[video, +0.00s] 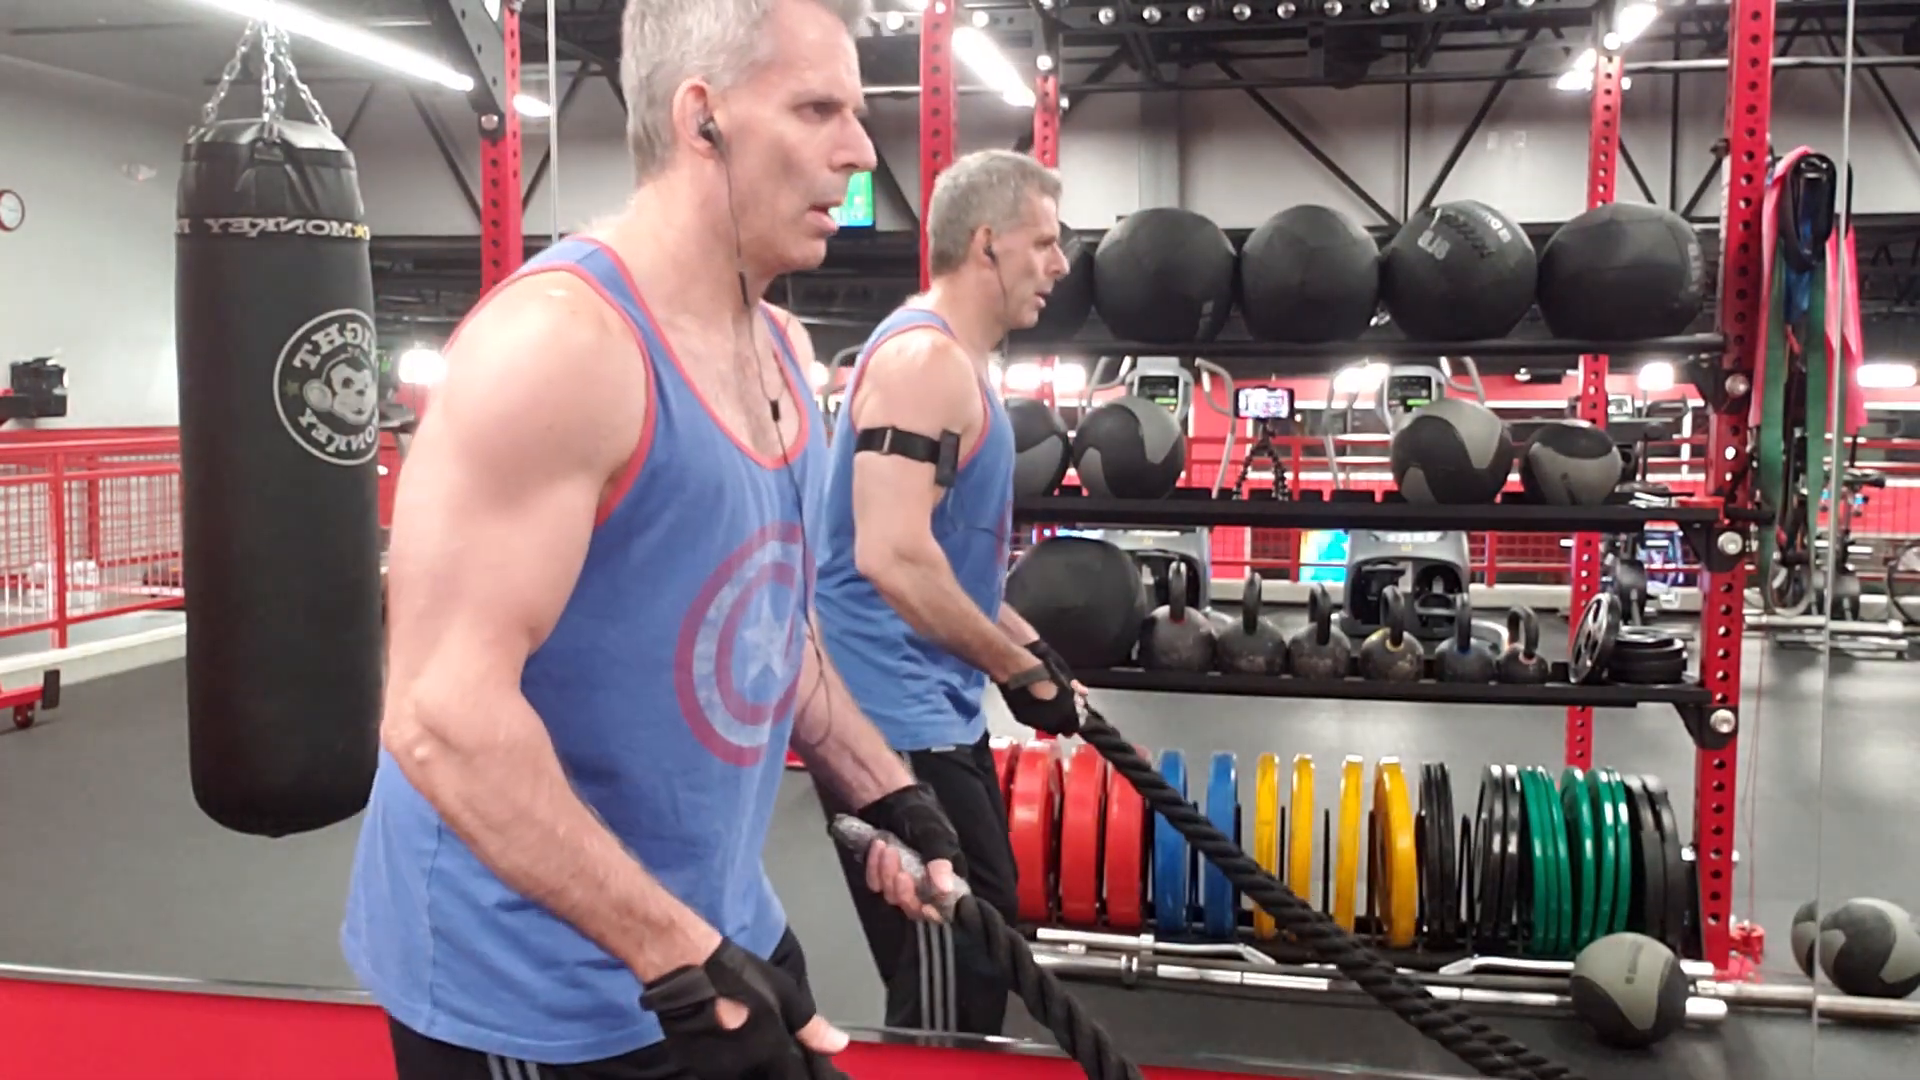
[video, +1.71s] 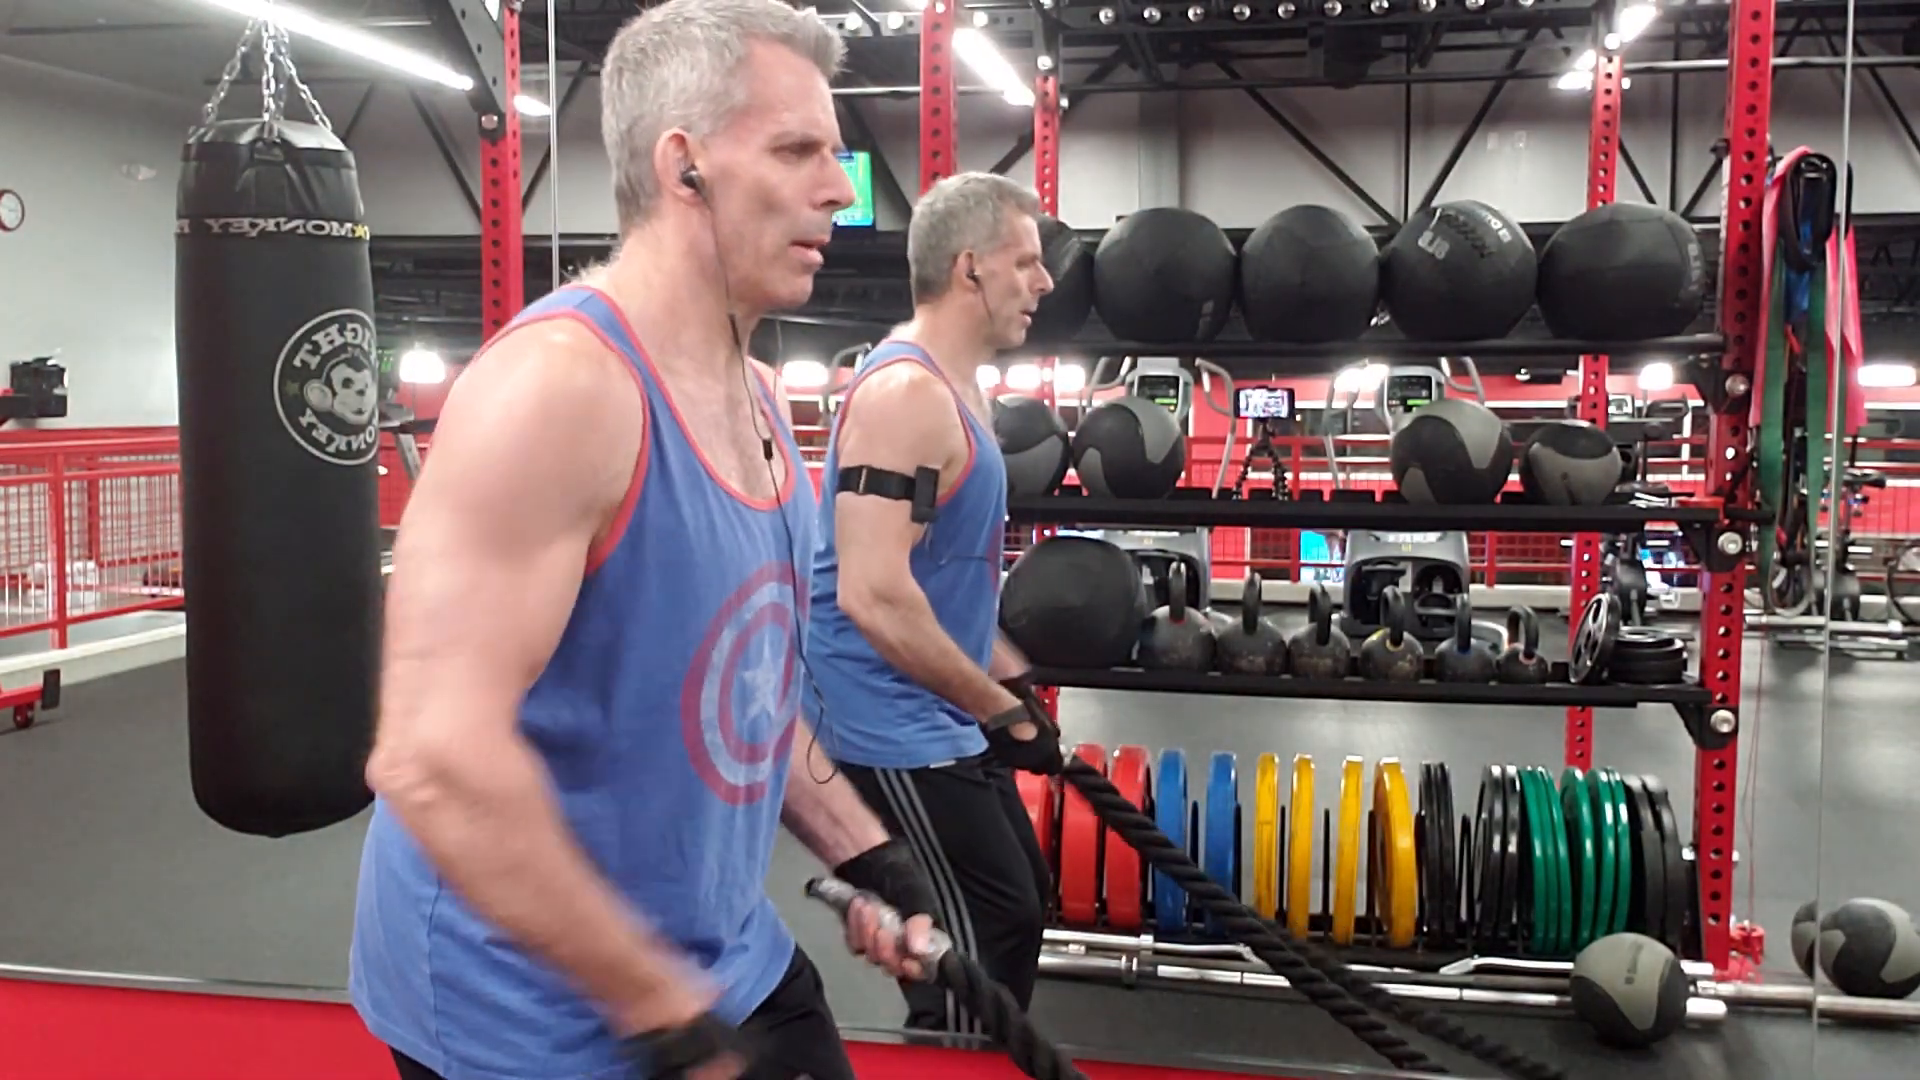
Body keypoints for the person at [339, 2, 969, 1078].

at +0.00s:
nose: (860, 152)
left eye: (855, 115)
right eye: (822, 111)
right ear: (703, 116)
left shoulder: (781, 348)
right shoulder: (550, 345)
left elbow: (763, 621)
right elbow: (441, 712)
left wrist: (885, 797)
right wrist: (685, 961)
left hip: (731, 928)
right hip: (536, 995)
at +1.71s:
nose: (839, 189)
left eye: (835, 153)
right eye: (797, 149)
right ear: (682, 165)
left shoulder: (751, 393)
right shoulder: (553, 383)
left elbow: (739, 686)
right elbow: (432, 754)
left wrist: (870, 865)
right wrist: (674, 1017)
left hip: (733, 959)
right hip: (533, 1017)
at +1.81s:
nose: (819, 189)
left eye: (817, 155)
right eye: (781, 149)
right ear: (666, 158)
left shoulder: (746, 388)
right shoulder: (533, 367)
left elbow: (730, 696)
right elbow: (533, 723)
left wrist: (827, 891)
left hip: (722, 947)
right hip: (541, 986)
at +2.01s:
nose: (815, 206)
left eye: (812, 168)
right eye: (775, 164)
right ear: (658, 175)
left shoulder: (741, 388)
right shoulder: (516, 383)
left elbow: (752, 673)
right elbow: (581, 740)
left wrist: (857, 855)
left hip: (697, 924)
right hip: (516, 967)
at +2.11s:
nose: (818, 209)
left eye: (814, 172)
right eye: (779, 169)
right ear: (663, 176)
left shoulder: (729, 374)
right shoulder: (529, 396)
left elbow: (784, 611)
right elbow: (506, 788)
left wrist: (969, 687)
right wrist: (733, 1026)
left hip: (695, 913)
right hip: (514, 979)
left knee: (793, 1049)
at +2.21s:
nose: (817, 216)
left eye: (812, 180)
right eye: (779, 178)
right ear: (658, 185)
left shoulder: (742, 386)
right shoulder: (523, 389)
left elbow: (811, 624)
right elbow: (524, 762)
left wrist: (1017, 625)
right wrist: (784, 913)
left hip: (705, 961)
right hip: (519, 1004)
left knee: (815, 1065)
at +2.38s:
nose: (817, 239)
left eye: (812, 201)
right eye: (776, 200)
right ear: (656, 207)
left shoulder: (765, 404)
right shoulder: (493, 404)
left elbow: (803, 660)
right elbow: (588, 751)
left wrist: (922, 862)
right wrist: (878, 688)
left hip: (708, 922)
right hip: (510, 965)